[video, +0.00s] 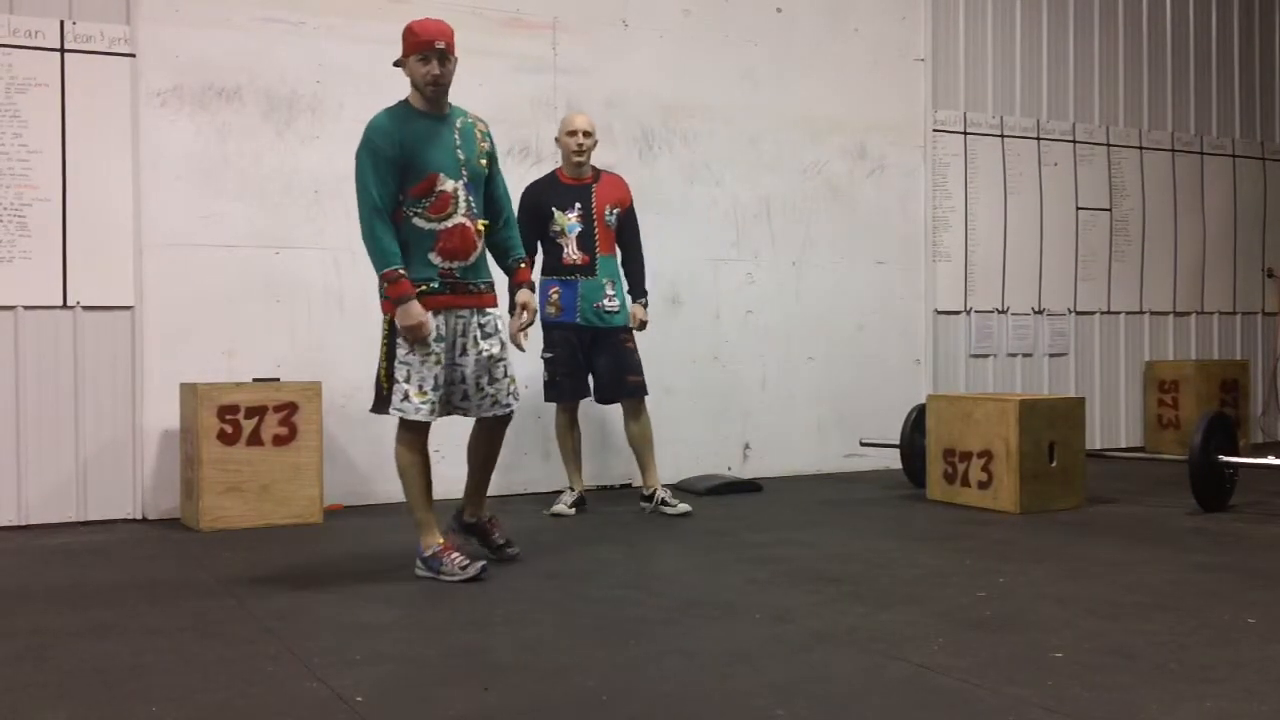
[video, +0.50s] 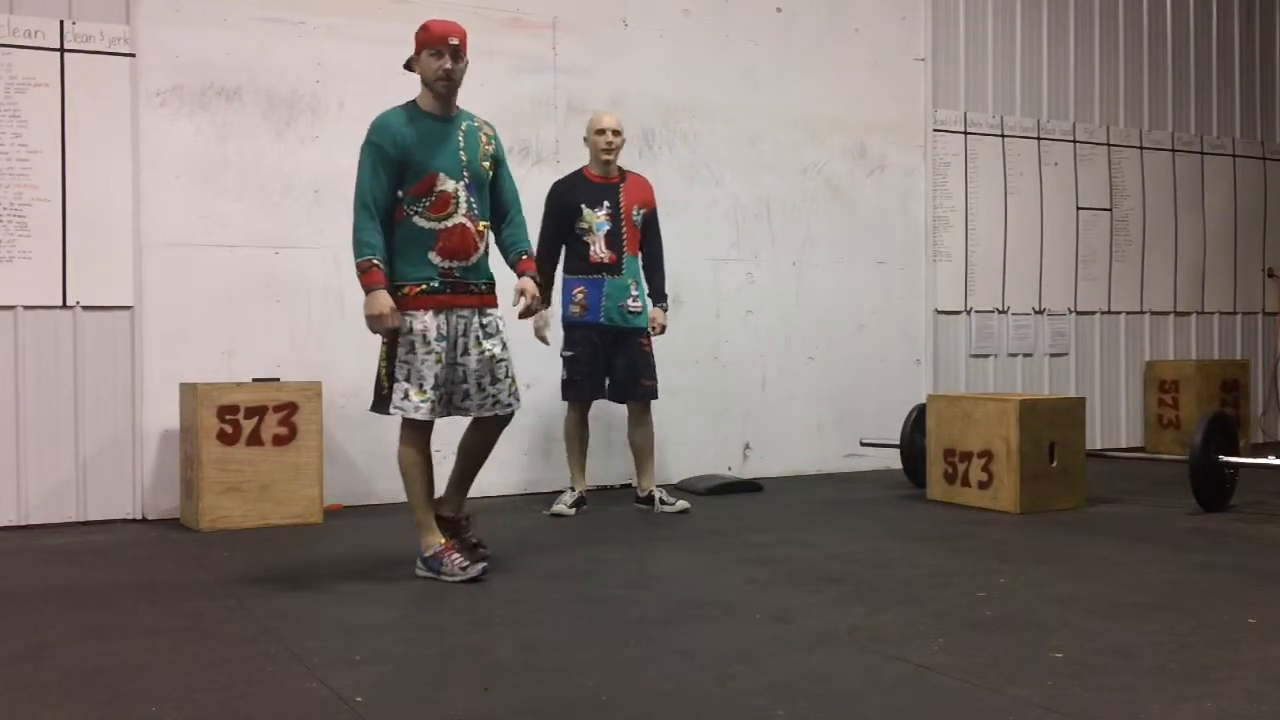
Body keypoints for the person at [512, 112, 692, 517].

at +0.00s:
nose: (580, 141)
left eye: (587, 134)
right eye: (573, 134)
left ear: (596, 142)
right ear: (559, 141)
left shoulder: (615, 187)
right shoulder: (537, 193)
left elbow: (631, 248)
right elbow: (523, 258)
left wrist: (639, 299)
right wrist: (517, 310)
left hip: (612, 315)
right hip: (561, 319)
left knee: (634, 400)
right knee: (566, 404)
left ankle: (652, 489)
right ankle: (574, 489)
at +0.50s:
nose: (610, 139)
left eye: (616, 133)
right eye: (602, 133)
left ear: (624, 140)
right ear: (587, 140)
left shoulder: (640, 188)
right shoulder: (565, 190)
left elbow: (652, 250)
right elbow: (548, 252)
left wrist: (658, 303)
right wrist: (541, 305)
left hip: (632, 316)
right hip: (582, 317)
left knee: (640, 403)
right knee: (578, 404)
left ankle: (646, 490)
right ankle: (576, 489)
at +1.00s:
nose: (658, 143)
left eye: (664, 137)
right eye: (651, 136)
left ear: (670, 143)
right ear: (635, 140)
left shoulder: (680, 192)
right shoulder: (606, 186)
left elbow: (692, 251)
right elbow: (585, 246)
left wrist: (704, 304)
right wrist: (585, 296)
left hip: (660, 317)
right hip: (613, 315)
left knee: (654, 403)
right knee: (598, 400)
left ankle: (648, 489)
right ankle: (583, 485)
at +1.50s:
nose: (650, 148)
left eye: (656, 141)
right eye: (642, 140)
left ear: (662, 143)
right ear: (624, 139)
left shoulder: (671, 187)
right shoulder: (599, 186)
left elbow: (681, 249)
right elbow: (578, 249)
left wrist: (687, 303)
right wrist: (576, 307)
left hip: (658, 313)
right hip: (612, 312)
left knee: (659, 402)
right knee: (613, 401)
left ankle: (648, 488)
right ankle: (611, 490)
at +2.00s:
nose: (656, 142)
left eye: (661, 135)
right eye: (648, 135)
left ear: (666, 138)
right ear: (628, 136)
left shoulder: (675, 184)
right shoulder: (602, 185)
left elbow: (686, 248)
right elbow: (588, 252)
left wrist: (692, 301)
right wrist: (597, 307)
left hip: (663, 314)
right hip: (620, 314)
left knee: (657, 404)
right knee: (620, 404)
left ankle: (650, 491)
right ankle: (611, 491)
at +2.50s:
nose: (651, 139)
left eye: (656, 132)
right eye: (642, 132)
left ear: (662, 135)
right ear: (624, 134)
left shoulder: (672, 183)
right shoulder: (599, 184)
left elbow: (685, 245)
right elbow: (584, 250)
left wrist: (696, 298)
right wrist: (591, 305)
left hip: (660, 312)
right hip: (615, 313)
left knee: (655, 403)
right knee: (619, 404)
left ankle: (650, 491)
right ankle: (617, 492)